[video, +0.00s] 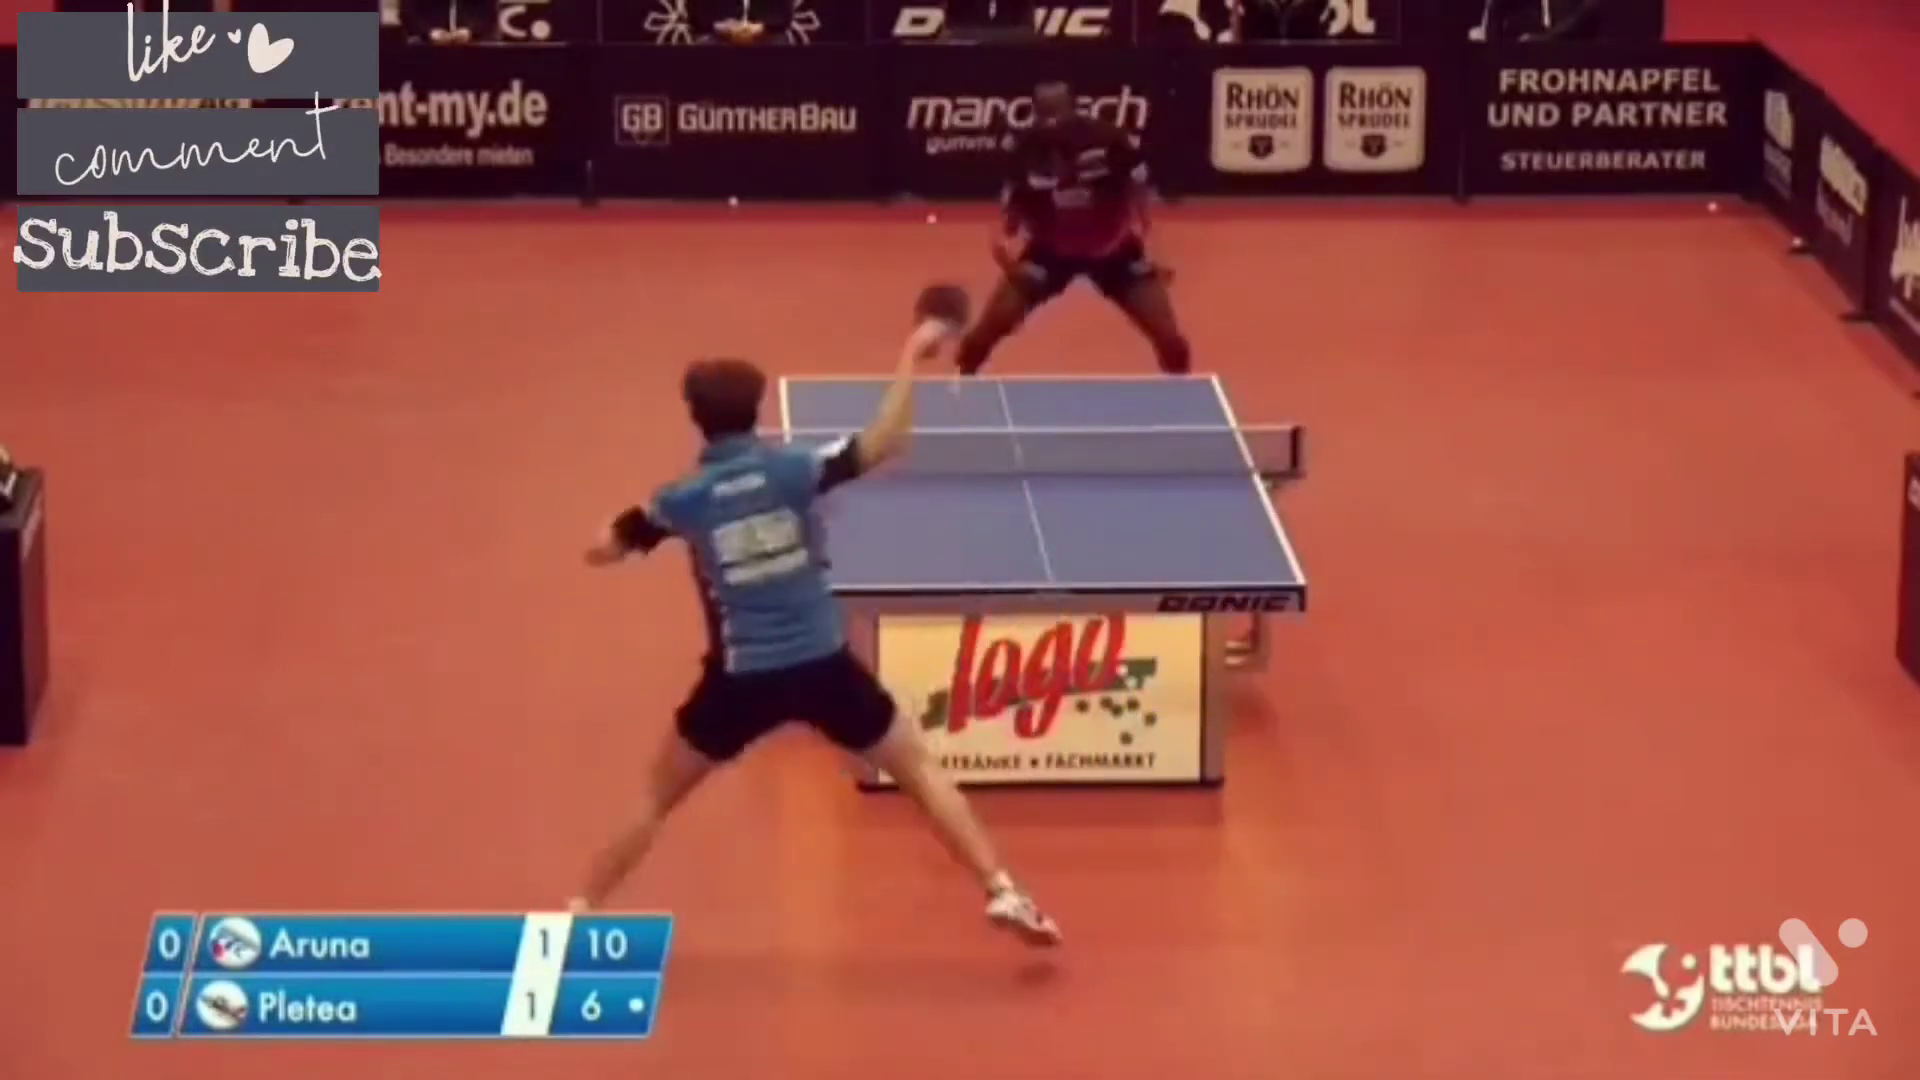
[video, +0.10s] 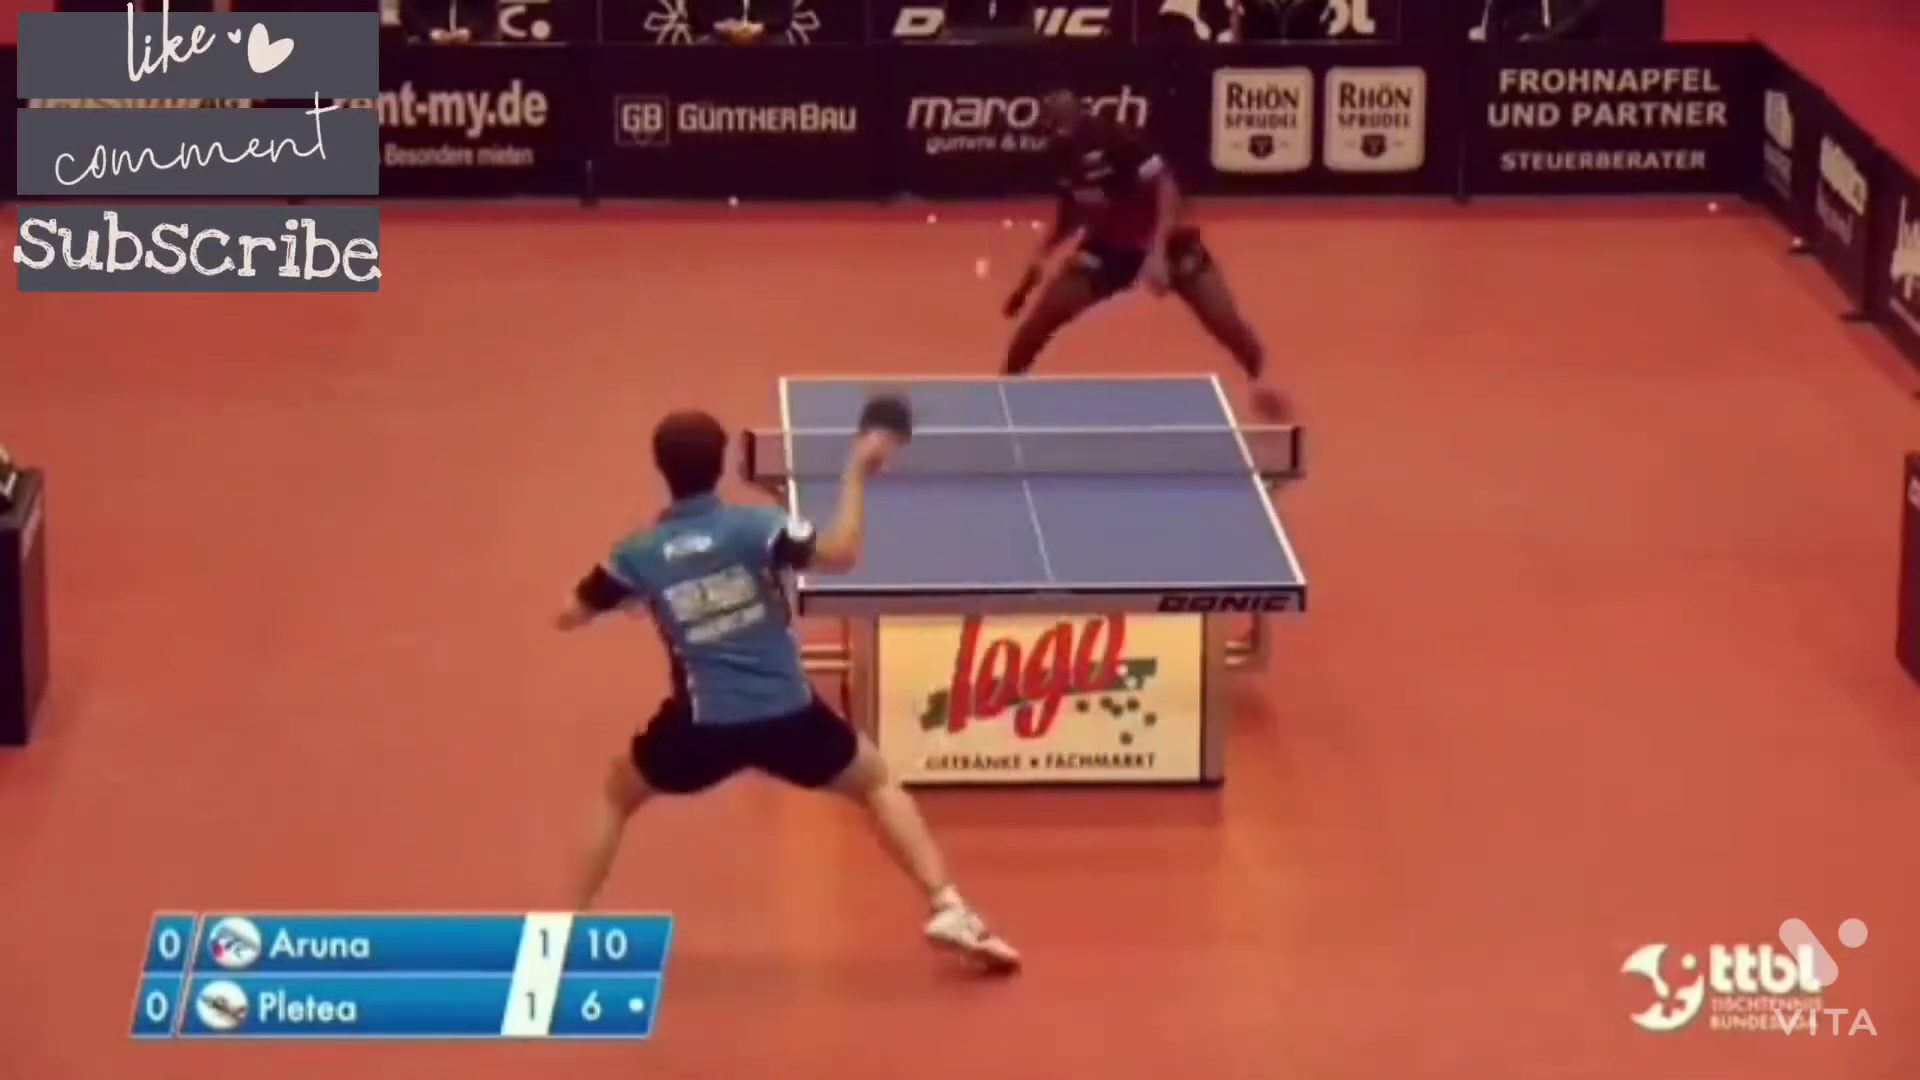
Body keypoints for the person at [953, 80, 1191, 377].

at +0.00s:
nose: (1052, 120)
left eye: (1058, 110)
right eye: (1044, 112)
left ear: (1073, 107)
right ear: (1035, 112)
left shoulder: (1108, 139)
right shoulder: (1025, 148)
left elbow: (1141, 187)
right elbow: (1014, 201)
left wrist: (1142, 238)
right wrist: (1004, 237)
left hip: (1113, 251)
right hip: (1049, 254)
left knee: (1172, 342)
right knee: (985, 331)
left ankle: (1179, 411)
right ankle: (956, 394)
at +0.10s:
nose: (1052, 124)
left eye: (1059, 114)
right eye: (1047, 117)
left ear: (1078, 109)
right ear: (1044, 121)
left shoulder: (1114, 138)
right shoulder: (1060, 156)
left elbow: (1166, 185)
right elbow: (1069, 217)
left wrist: (1158, 254)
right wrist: (1036, 266)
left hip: (1168, 243)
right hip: (1108, 249)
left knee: (1225, 323)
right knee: (1040, 321)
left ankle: (1258, 382)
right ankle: (1005, 393)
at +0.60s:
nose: (1219, 98)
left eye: (1229, 90)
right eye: (1215, 89)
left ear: (1252, 96)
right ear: (1206, 92)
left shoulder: (1277, 137)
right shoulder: (1189, 119)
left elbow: (1339, 152)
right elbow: (1149, 71)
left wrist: (1332, 93)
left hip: (1233, 262)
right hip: (1169, 252)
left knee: (1276, 359)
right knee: (1098, 325)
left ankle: (1350, 404)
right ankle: (1053, 404)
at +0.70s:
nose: (1243, 87)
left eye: (1253, 80)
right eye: (1238, 78)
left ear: (1274, 84)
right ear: (1228, 77)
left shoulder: (1292, 133)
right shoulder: (1206, 105)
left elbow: (1307, 183)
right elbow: (1154, 80)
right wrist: (1167, 23)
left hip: (1244, 248)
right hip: (1180, 239)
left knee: (1286, 343)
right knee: (1110, 318)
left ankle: (1341, 410)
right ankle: (1088, 400)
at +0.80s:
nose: (1239, 90)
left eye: (1248, 82)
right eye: (1236, 80)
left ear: (1270, 84)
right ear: (1228, 79)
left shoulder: (1296, 133)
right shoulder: (1205, 110)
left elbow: (1306, 197)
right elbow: (1146, 111)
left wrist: (1318, 212)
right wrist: (1154, 50)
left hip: (1256, 251)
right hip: (1190, 245)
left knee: (1307, 340)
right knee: (1124, 324)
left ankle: (1349, 411)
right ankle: (1096, 405)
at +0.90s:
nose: (1230, 79)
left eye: (1237, 70)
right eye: (1223, 71)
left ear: (1250, 71)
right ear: (1211, 73)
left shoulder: (1280, 117)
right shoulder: (1192, 112)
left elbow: (1298, 178)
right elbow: (1143, 145)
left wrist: (1285, 223)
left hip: (1260, 242)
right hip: (1194, 238)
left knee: (1310, 333)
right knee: (1128, 317)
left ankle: (1349, 409)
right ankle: (1096, 399)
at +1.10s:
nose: (1201, 114)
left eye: (1209, 104)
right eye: (1193, 105)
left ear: (1226, 103)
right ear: (1182, 107)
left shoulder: (1259, 139)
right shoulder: (1164, 147)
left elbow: (1287, 187)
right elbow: (1136, 212)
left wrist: (1286, 229)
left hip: (1250, 246)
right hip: (1187, 246)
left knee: (1307, 332)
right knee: (1123, 325)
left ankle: (1333, 412)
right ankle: (1088, 402)